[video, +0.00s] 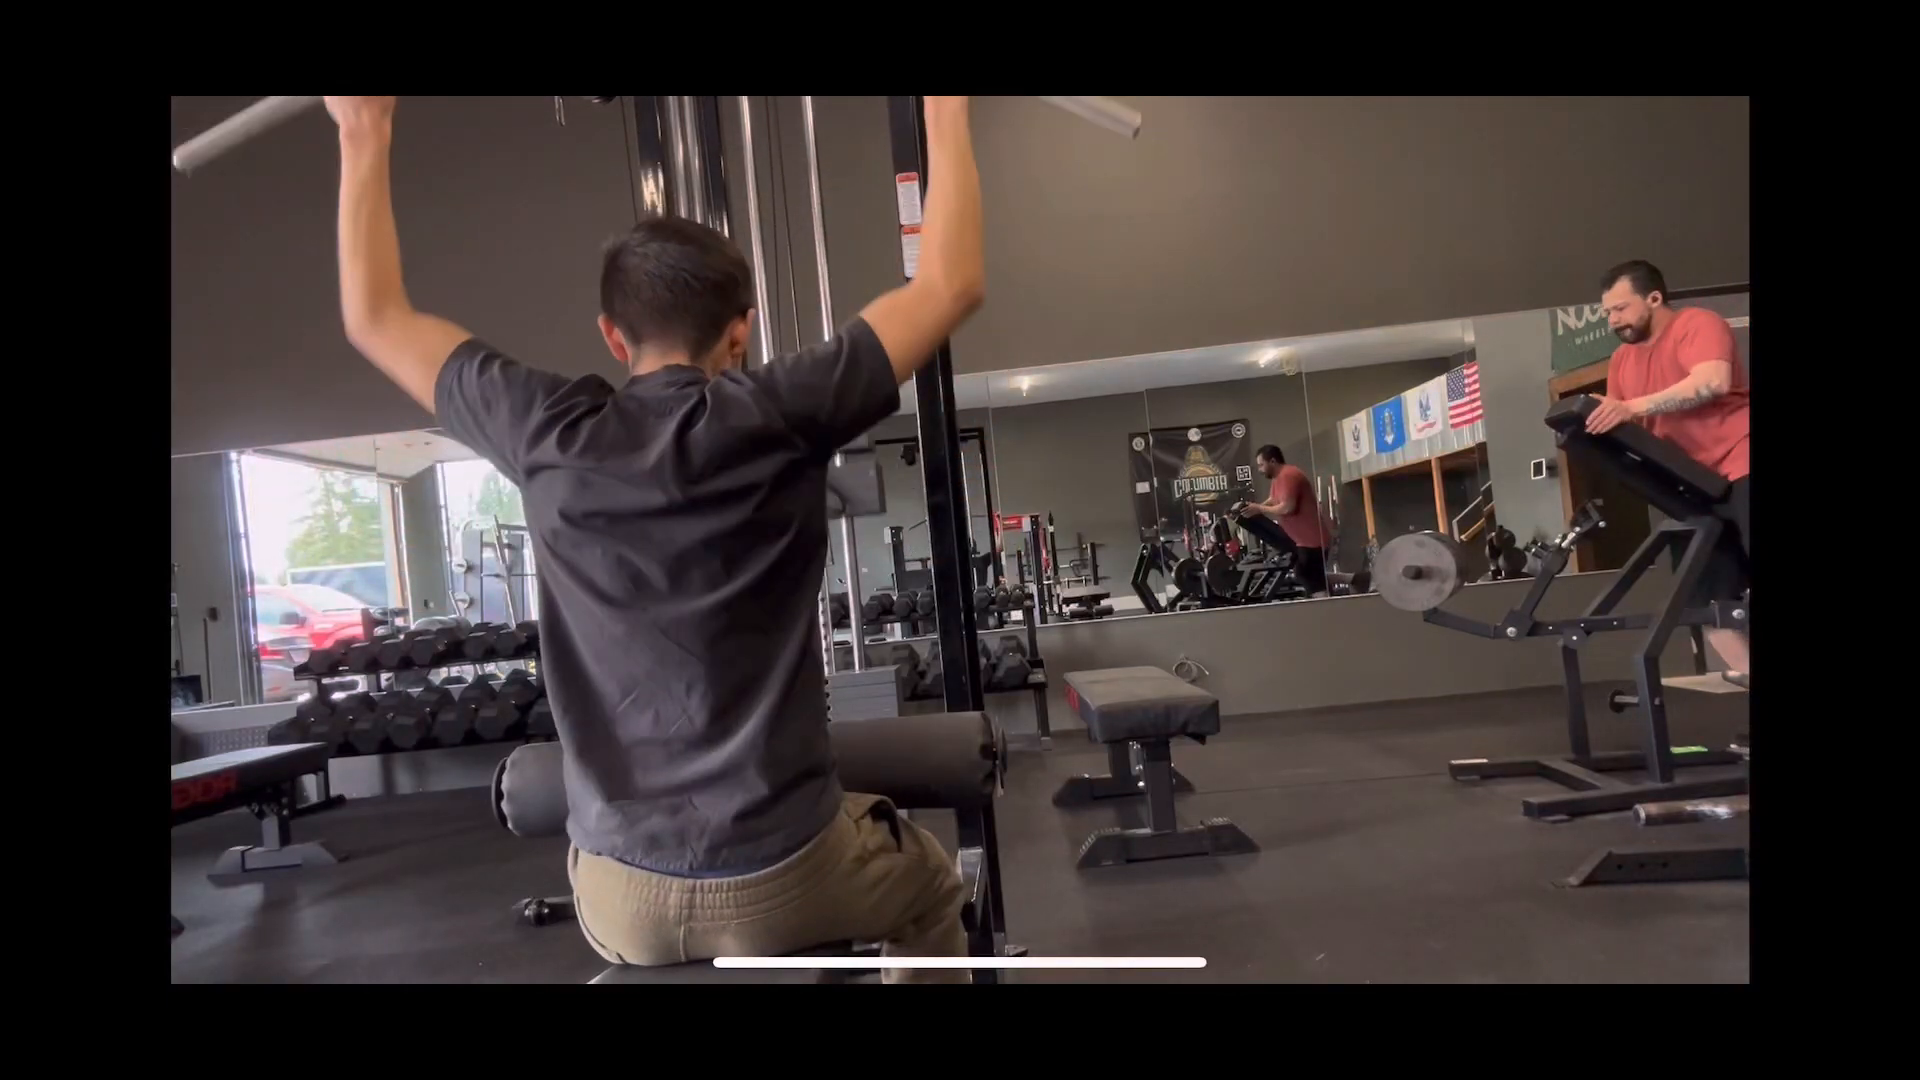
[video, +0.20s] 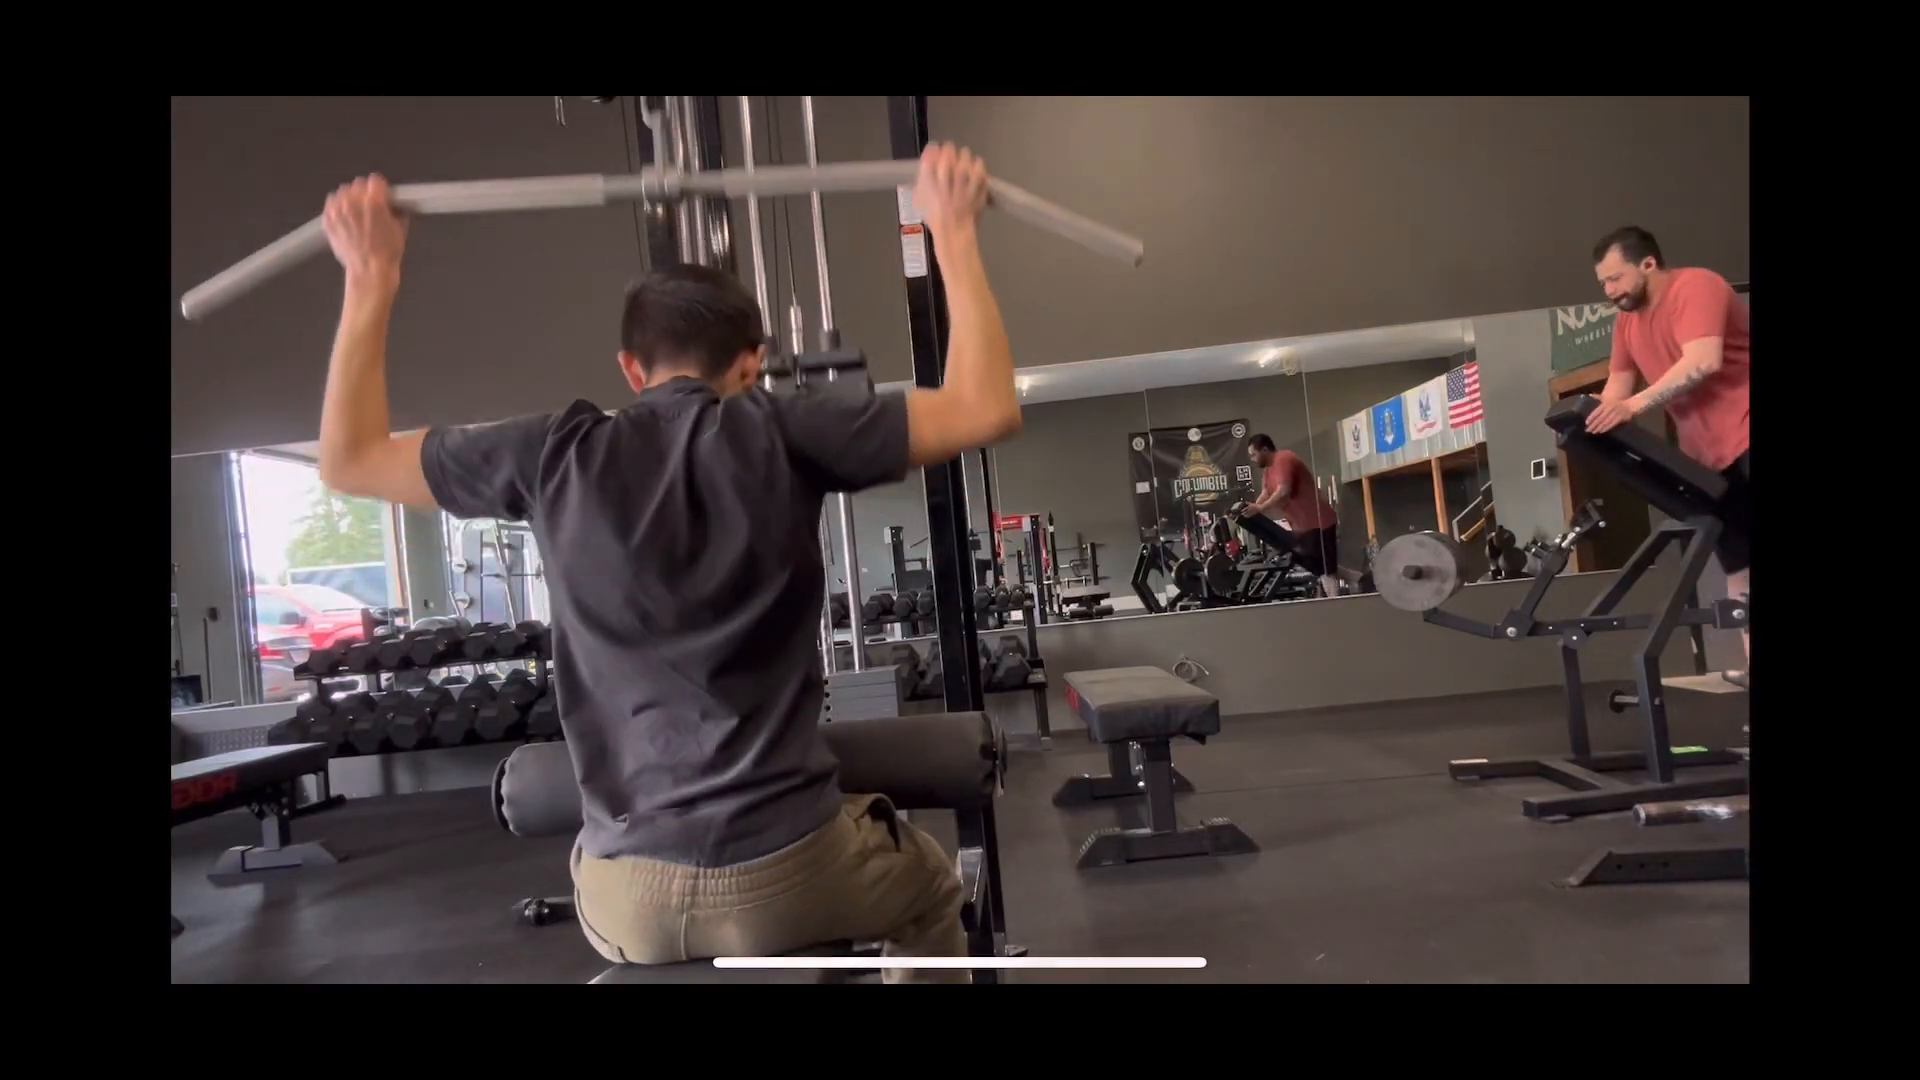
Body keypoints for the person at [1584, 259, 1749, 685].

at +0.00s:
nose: (1613, 321)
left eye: (1620, 308)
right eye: (1608, 312)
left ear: (1654, 300)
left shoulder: (1698, 323)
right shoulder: (1623, 358)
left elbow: (1713, 382)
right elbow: (1619, 421)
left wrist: (1633, 407)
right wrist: (1585, 423)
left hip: (1737, 469)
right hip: (1682, 485)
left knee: (1740, 579)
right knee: (1702, 590)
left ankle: (1741, 674)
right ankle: (1743, 675)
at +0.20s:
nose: (1609, 292)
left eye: (1615, 278)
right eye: (1603, 283)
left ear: (1648, 266)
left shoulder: (1696, 286)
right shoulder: (1627, 319)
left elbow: (1704, 360)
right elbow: (1621, 377)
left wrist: (1630, 406)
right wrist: (1597, 416)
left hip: (1745, 445)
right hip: (1701, 458)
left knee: (1745, 567)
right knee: (1735, 565)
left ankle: (1748, 663)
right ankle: (1747, 662)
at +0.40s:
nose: (1598, 266)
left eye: (1602, 253)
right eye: (1592, 257)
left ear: (1634, 238)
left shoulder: (1688, 262)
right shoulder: (1621, 296)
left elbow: (1692, 348)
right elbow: (1621, 360)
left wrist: (1631, 405)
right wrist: (1602, 411)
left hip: (1742, 412)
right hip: (1698, 427)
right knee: (1728, 529)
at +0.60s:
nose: (1576, 257)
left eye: (1579, 243)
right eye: (1570, 249)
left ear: (1612, 226)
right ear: (1601, 235)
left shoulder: (1665, 256)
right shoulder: (1604, 287)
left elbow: (1679, 341)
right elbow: (1611, 357)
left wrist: (1629, 403)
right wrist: (1597, 410)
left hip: (1732, 412)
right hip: (1684, 425)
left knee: (1745, 531)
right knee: (1719, 539)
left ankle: (1745, 663)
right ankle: (1733, 661)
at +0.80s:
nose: (1558, 277)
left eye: (1562, 264)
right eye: (1552, 269)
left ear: (1592, 246)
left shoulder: (1641, 273)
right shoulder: (1584, 300)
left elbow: (1683, 347)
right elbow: (1602, 367)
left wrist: (1630, 406)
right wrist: (1602, 412)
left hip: (1722, 424)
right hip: (1675, 439)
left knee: (1744, 532)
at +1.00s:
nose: (1534, 304)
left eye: (1536, 291)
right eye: (1528, 296)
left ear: (1563, 271)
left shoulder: (1623, 296)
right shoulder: (1562, 322)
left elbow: (1686, 353)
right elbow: (1607, 378)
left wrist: (1630, 407)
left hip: (1721, 430)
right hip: (1670, 445)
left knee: (1744, 534)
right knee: (1723, 535)